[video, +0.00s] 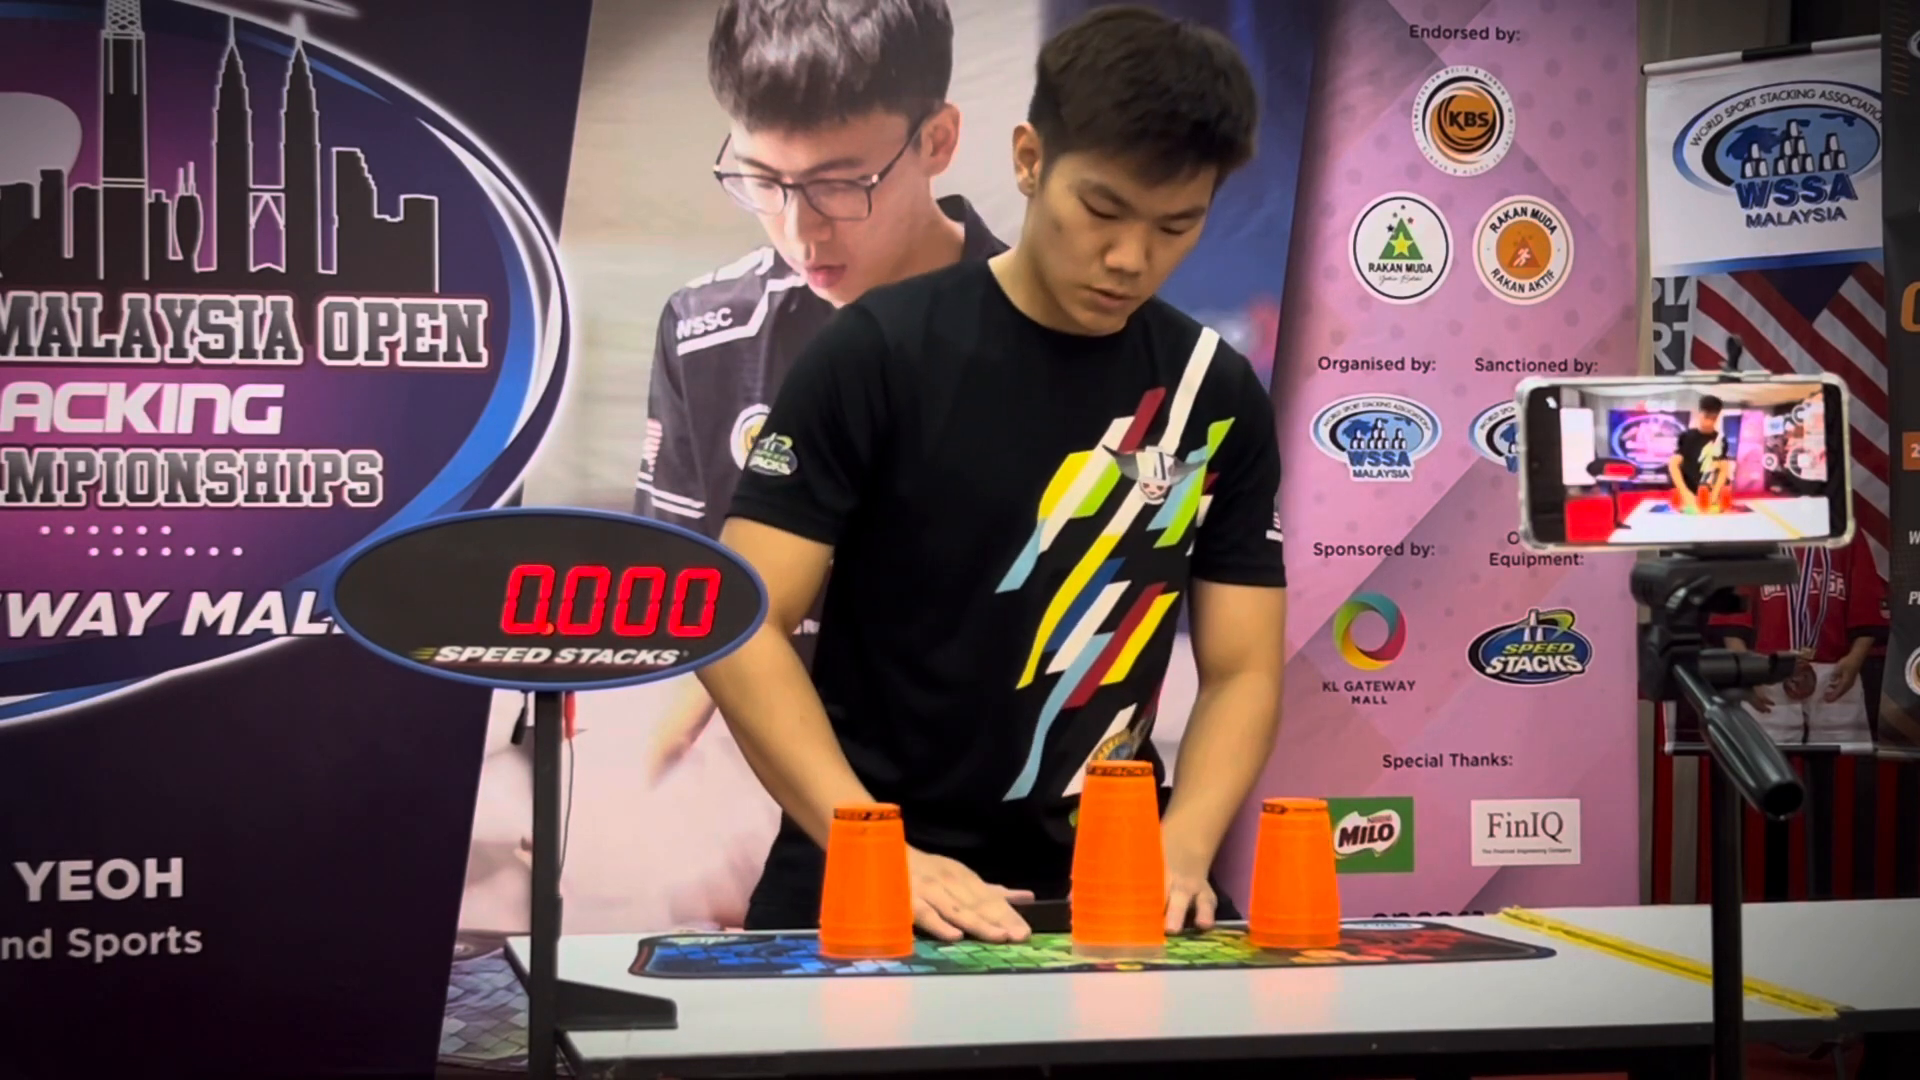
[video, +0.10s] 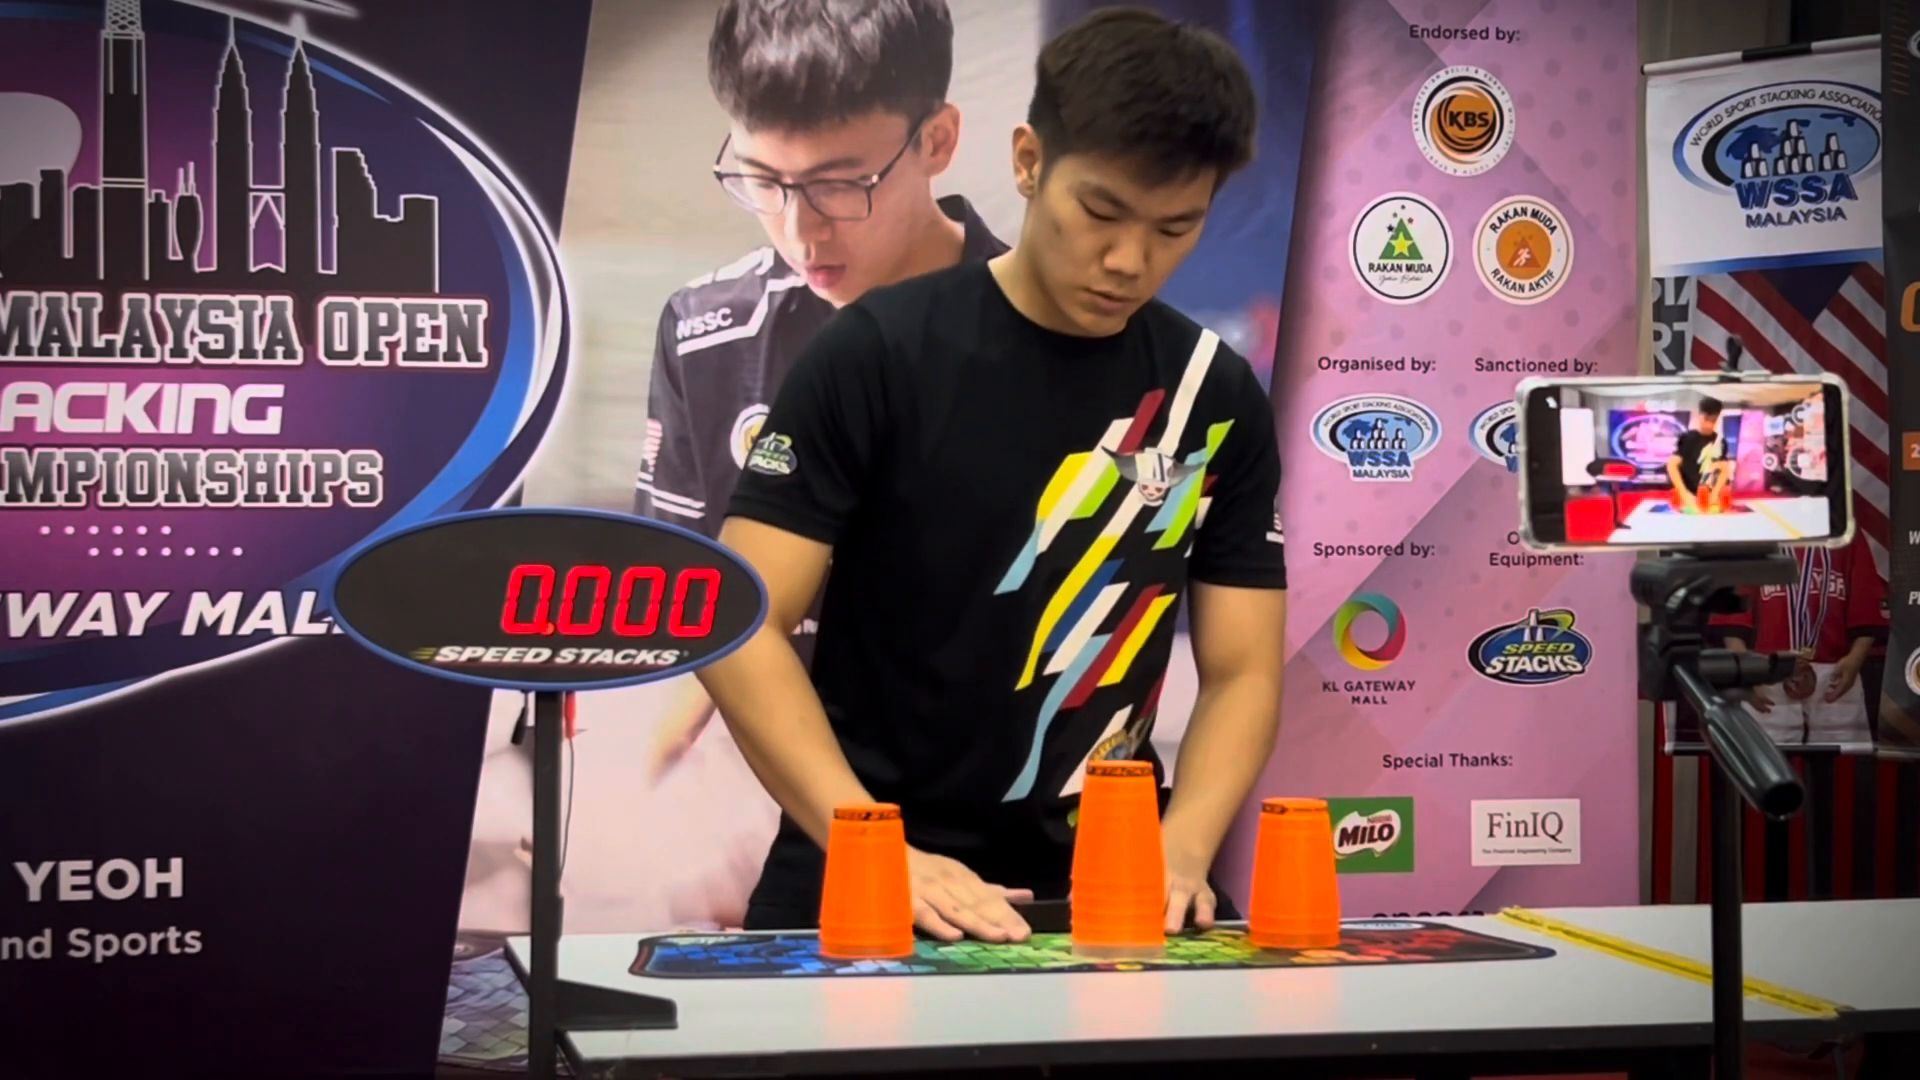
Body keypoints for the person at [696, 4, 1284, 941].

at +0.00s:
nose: (1130, 259)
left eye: (1175, 225)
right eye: (1102, 208)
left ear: (1210, 202)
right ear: (1028, 163)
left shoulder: (1217, 400)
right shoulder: (878, 353)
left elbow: (1242, 673)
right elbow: (737, 620)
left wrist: (1180, 852)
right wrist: (872, 849)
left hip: (1090, 920)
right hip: (857, 905)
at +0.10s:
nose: (1128, 262)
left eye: (1173, 228)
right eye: (1101, 210)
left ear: (1209, 204)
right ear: (1027, 164)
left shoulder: (1216, 400)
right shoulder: (877, 353)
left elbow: (1243, 673)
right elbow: (737, 620)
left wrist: (1179, 853)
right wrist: (871, 848)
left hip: (1090, 918)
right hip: (857, 904)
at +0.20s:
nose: (1128, 263)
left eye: (1173, 229)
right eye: (1100, 212)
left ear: (1208, 206)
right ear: (1027, 165)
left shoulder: (1216, 402)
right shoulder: (876, 354)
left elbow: (1242, 674)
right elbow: (736, 620)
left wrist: (1178, 852)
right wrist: (871, 849)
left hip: (1088, 919)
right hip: (855, 904)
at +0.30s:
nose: (1125, 266)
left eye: (1171, 232)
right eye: (1098, 214)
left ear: (1207, 208)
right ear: (1026, 167)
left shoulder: (1214, 402)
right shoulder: (874, 355)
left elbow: (1242, 677)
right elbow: (736, 621)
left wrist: (1176, 854)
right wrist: (867, 850)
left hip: (1089, 920)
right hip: (856, 906)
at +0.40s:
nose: (1128, 268)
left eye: (1173, 235)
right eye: (1100, 216)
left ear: (1209, 213)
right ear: (1028, 169)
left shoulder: (1214, 406)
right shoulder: (874, 355)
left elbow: (1238, 681)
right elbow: (741, 618)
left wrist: (1177, 852)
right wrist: (922, 817)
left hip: (1092, 921)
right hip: (856, 906)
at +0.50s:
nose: (1139, 268)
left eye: (1183, 236)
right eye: (1112, 216)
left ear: (1215, 217)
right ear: (1034, 170)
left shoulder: (1220, 404)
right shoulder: (887, 359)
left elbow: (1223, 662)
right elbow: (820, 659)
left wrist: (1190, 787)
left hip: (1086, 905)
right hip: (865, 894)